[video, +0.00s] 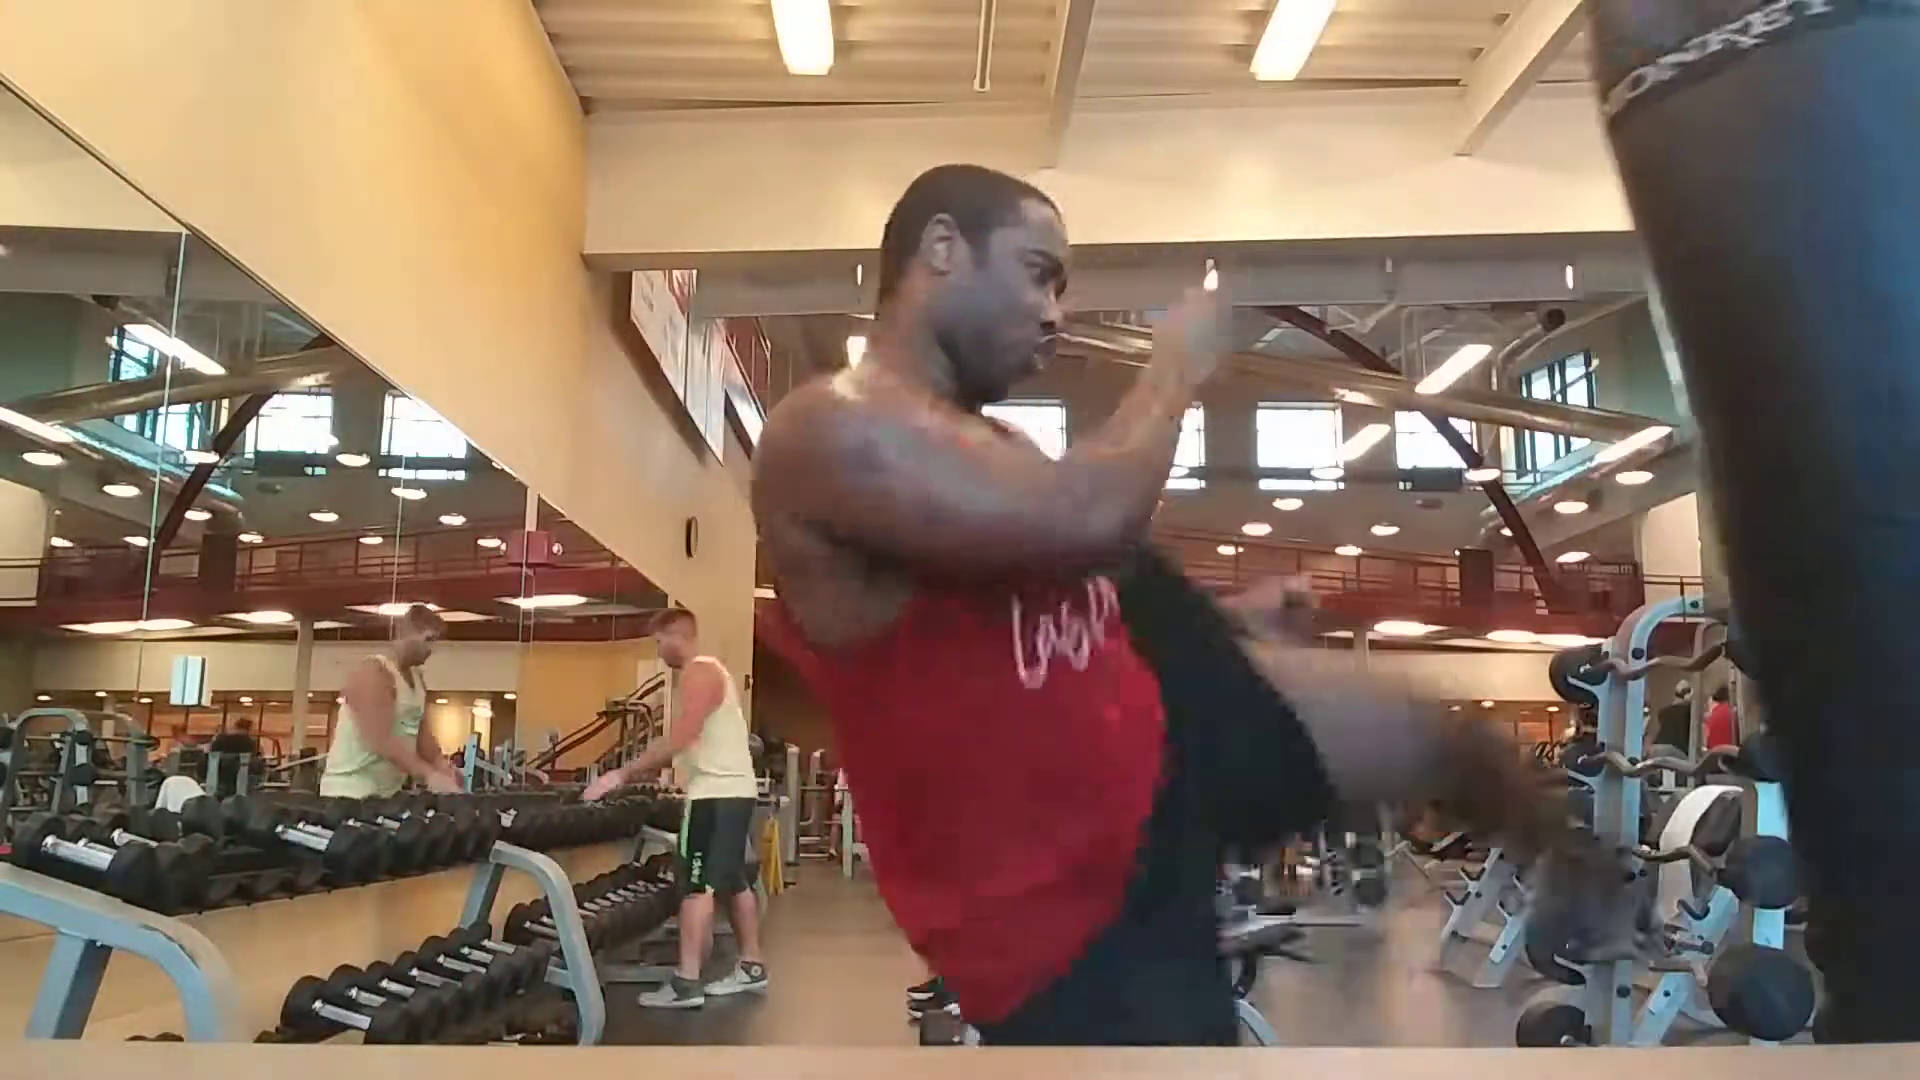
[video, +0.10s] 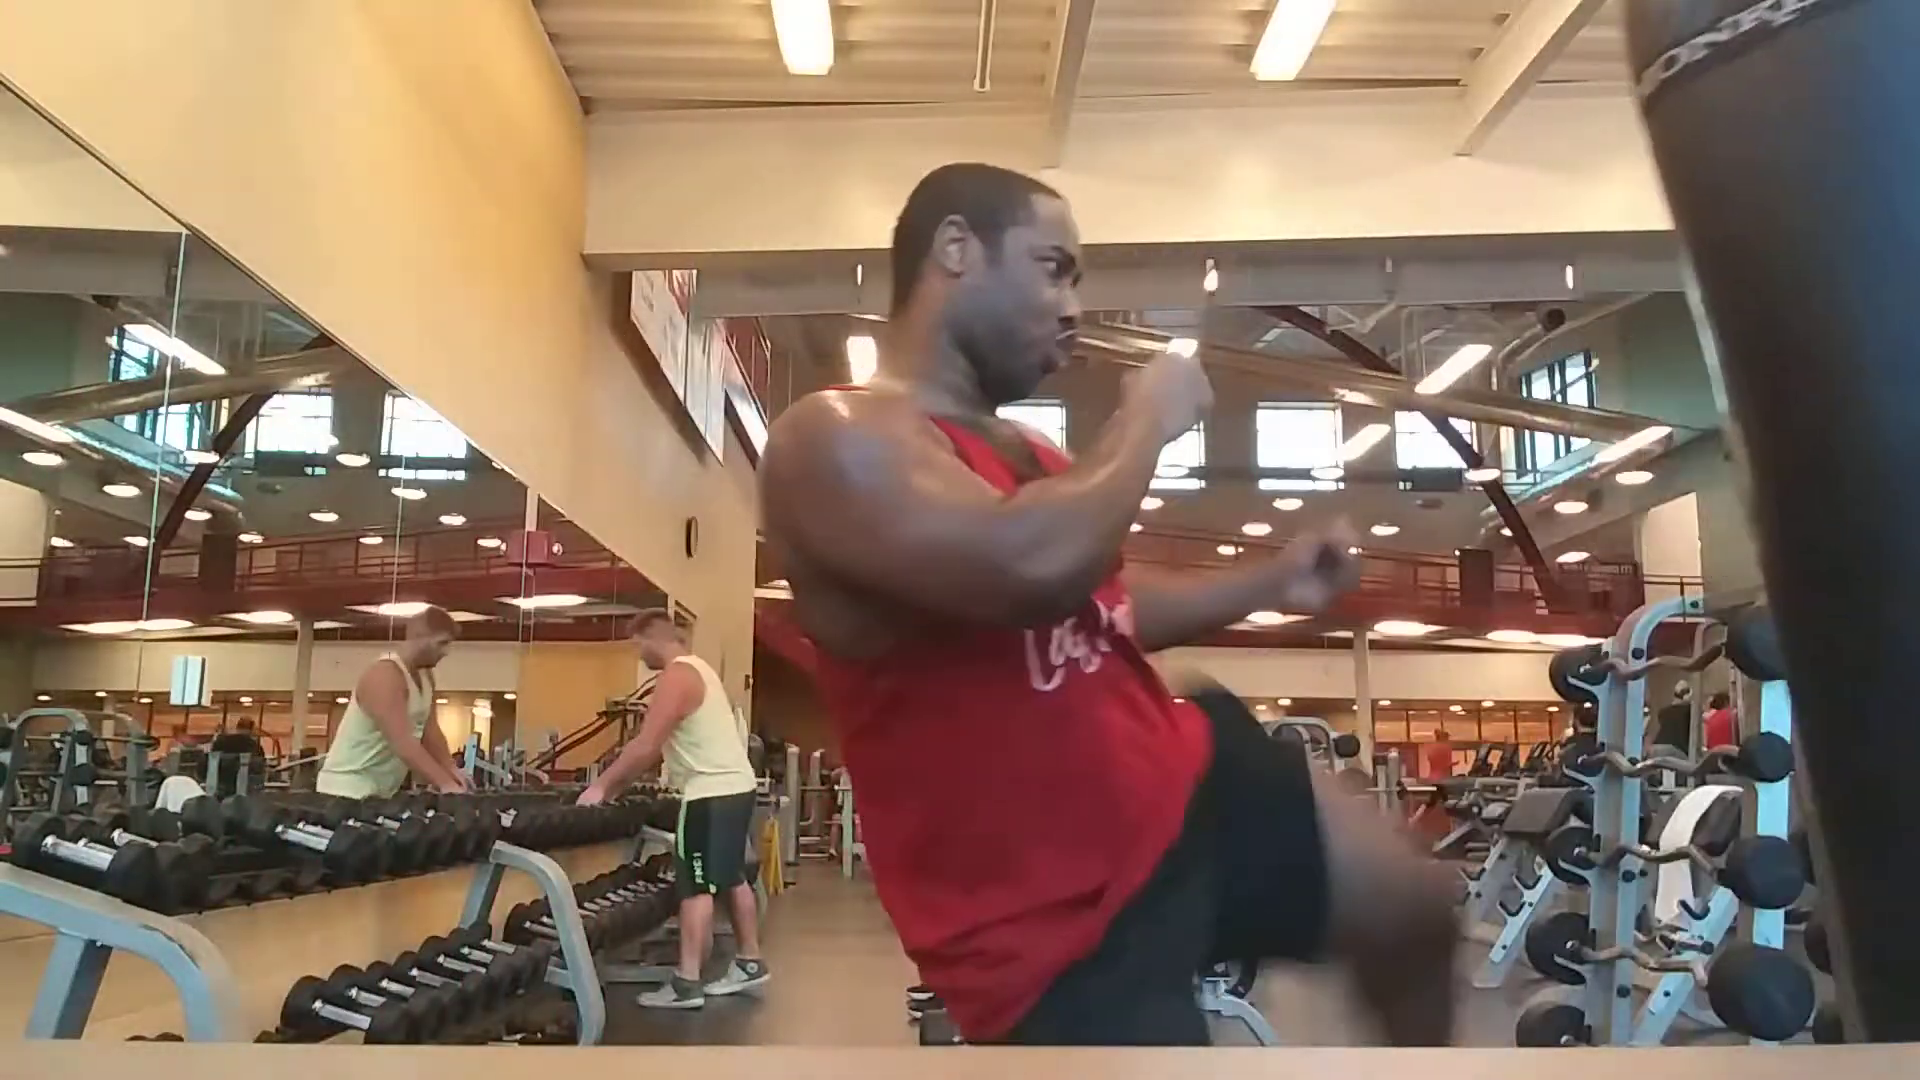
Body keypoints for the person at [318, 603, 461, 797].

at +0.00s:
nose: (431, 649)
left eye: (433, 641)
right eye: (428, 639)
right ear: (406, 632)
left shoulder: (415, 678)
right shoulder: (372, 672)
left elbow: (421, 736)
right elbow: (378, 740)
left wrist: (442, 767)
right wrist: (429, 775)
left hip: (389, 791)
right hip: (351, 792)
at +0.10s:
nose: (446, 652)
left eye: (448, 645)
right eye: (442, 644)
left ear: (421, 638)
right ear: (421, 637)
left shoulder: (423, 675)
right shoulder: (383, 675)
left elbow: (430, 731)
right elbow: (403, 745)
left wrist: (451, 771)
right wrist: (445, 784)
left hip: (382, 791)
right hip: (347, 789)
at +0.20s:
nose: (455, 657)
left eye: (457, 649)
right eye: (453, 648)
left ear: (433, 642)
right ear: (431, 641)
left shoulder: (432, 679)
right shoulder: (392, 677)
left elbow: (439, 735)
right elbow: (412, 753)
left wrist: (462, 782)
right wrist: (449, 794)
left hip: (380, 790)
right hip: (346, 788)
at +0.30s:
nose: (463, 660)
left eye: (465, 652)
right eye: (460, 651)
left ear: (439, 647)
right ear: (440, 646)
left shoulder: (438, 680)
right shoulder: (398, 679)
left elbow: (442, 734)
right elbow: (410, 757)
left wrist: (465, 788)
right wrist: (451, 797)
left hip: (381, 791)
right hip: (345, 789)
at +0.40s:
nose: (465, 662)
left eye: (467, 654)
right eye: (463, 653)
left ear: (442, 648)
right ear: (444, 648)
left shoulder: (440, 682)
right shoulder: (399, 681)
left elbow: (446, 737)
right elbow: (410, 762)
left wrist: (466, 790)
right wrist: (451, 798)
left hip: (383, 788)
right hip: (348, 787)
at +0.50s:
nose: (467, 662)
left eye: (469, 655)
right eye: (465, 654)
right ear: (449, 648)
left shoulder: (440, 682)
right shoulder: (401, 681)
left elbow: (445, 736)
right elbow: (409, 759)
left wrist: (466, 789)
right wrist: (450, 797)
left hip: (381, 790)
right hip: (347, 789)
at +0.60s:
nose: (469, 663)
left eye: (471, 655)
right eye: (468, 654)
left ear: (449, 648)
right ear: (450, 648)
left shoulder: (437, 680)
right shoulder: (403, 681)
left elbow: (440, 739)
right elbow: (411, 759)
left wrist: (467, 791)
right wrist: (451, 798)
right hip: (348, 789)